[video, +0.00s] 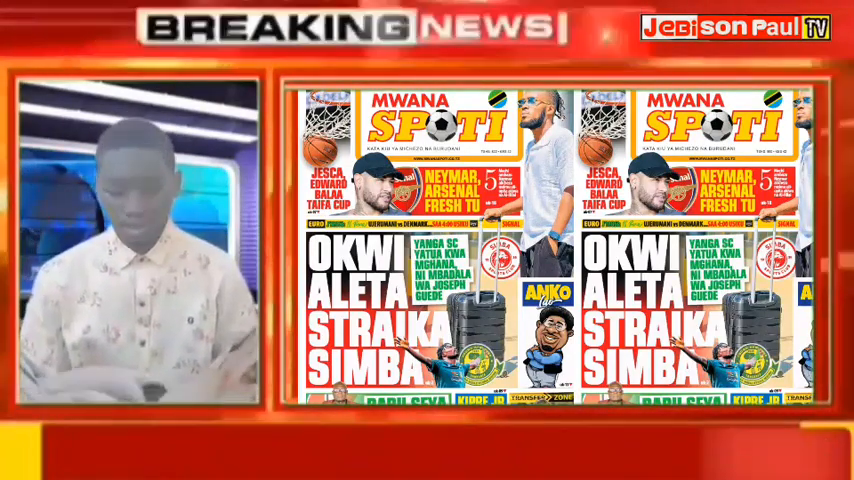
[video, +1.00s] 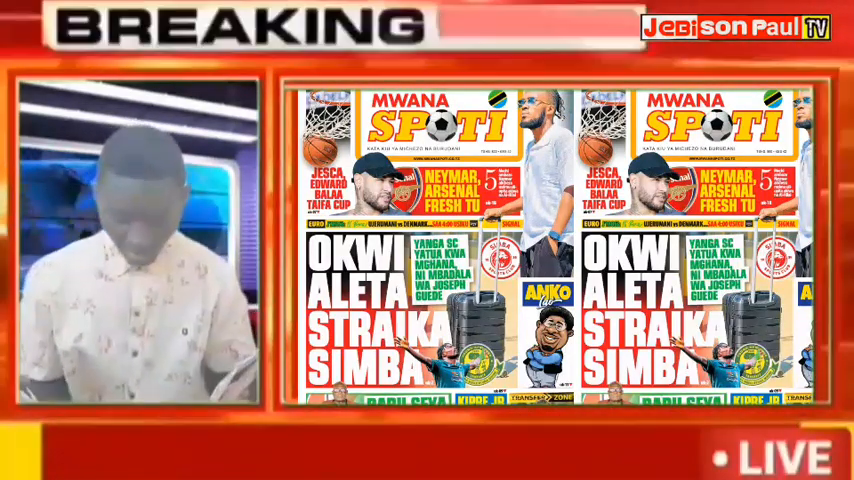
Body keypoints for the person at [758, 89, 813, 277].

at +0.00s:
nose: (799, 107)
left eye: (807, 101)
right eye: (797, 102)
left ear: (820, 107)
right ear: (794, 109)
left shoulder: (827, 148)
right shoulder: (806, 149)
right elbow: (805, 196)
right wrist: (777, 211)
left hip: (820, 239)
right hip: (804, 239)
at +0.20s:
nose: (799, 108)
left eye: (806, 101)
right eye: (797, 102)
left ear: (820, 108)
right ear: (794, 109)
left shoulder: (827, 148)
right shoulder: (806, 149)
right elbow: (805, 196)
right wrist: (777, 211)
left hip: (819, 239)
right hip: (803, 239)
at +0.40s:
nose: (799, 107)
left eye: (807, 101)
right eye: (797, 102)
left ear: (820, 108)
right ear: (794, 109)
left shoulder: (827, 148)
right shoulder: (806, 149)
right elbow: (805, 196)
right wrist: (777, 211)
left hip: (820, 240)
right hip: (804, 239)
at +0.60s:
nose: (800, 107)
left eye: (806, 101)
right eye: (797, 103)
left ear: (820, 107)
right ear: (794, 110)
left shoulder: (827, 148)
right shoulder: (806, 149)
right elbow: (804, 196)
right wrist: (777, 211)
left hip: (821, 239)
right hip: (804, 239)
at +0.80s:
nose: (800, 107)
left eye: (806, 101)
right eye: (797, 103)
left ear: (820, 107)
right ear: (794, 110)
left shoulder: (827, 148)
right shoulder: (806, 149)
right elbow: (804, 196)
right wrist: (777, 211)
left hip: (820, 239)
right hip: (803, 239)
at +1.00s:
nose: (799, 107)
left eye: (806, 101)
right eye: (797, 103)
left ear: (820, 107)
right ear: (794, 109)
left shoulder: (827, 148)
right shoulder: (806, 149)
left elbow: (833, 192)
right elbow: (805, 196)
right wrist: (777, 211)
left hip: (820, 239)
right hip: (804, 239)